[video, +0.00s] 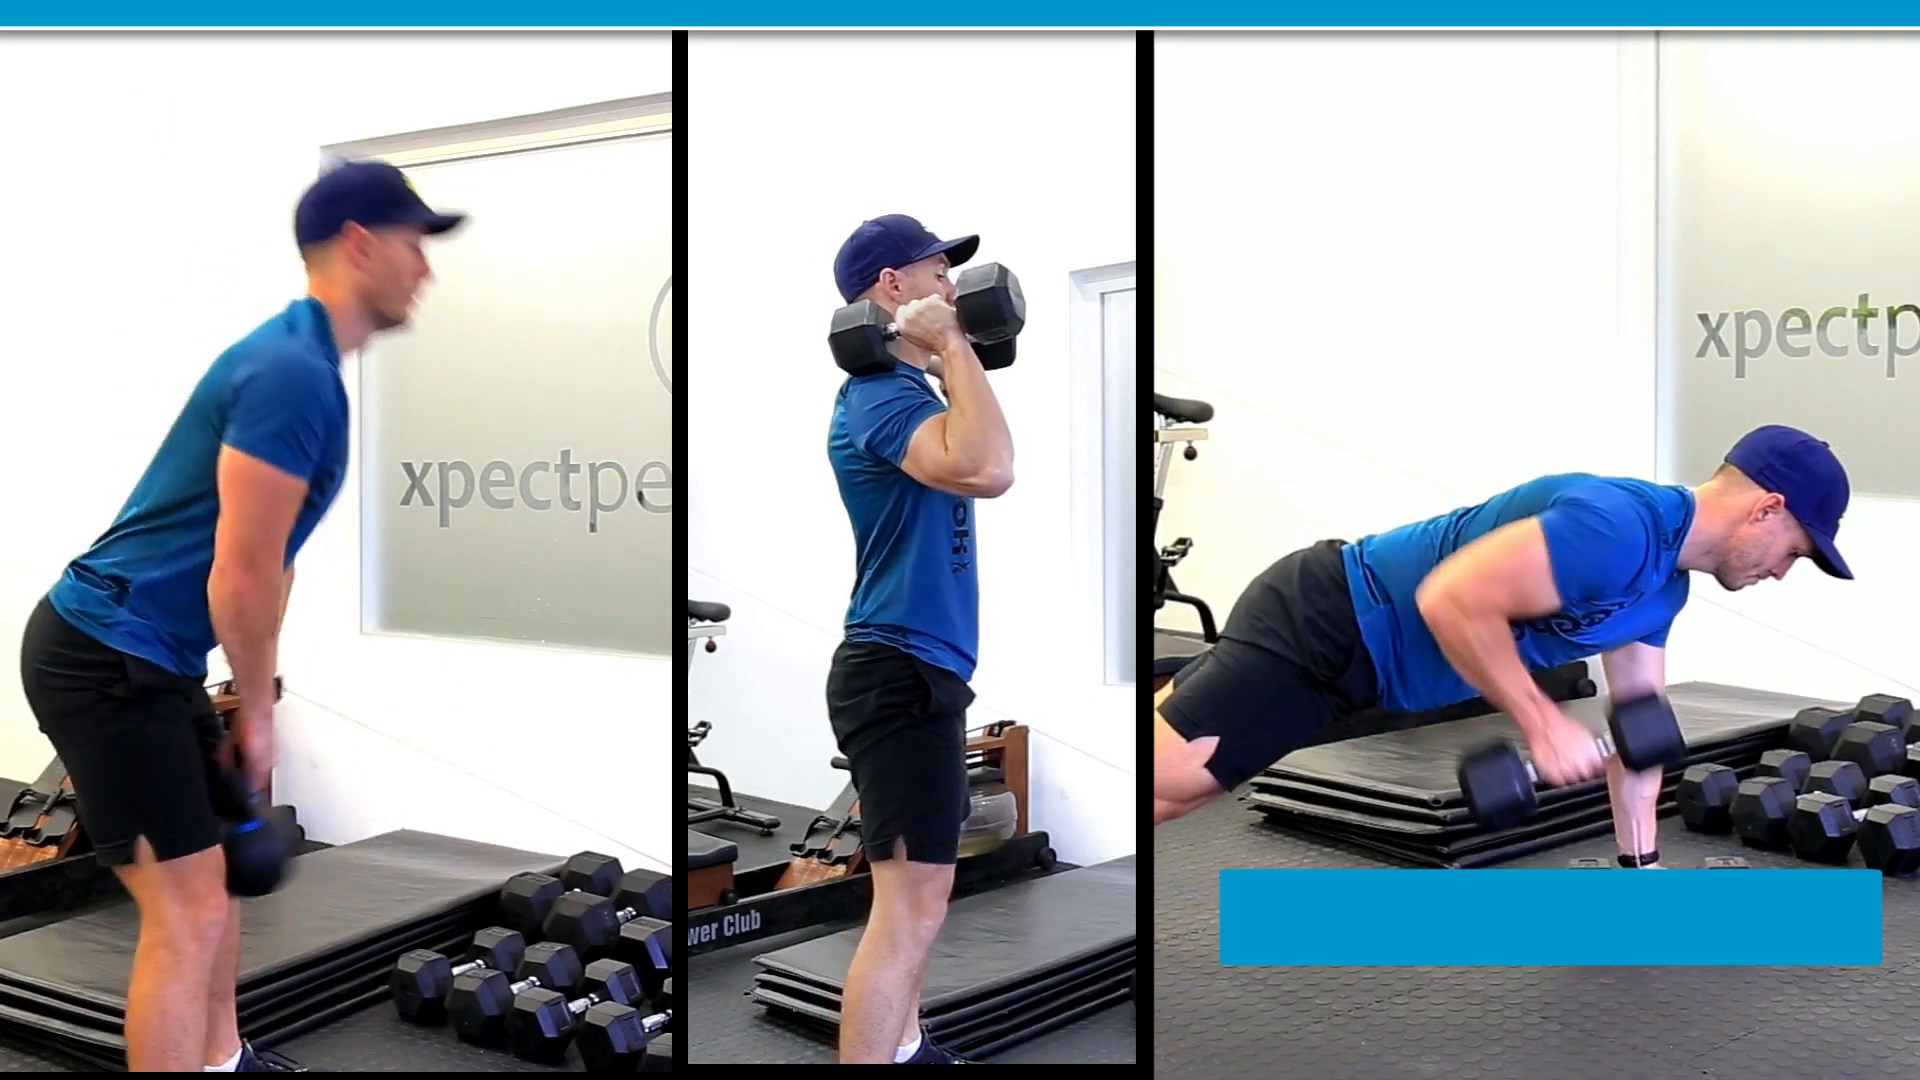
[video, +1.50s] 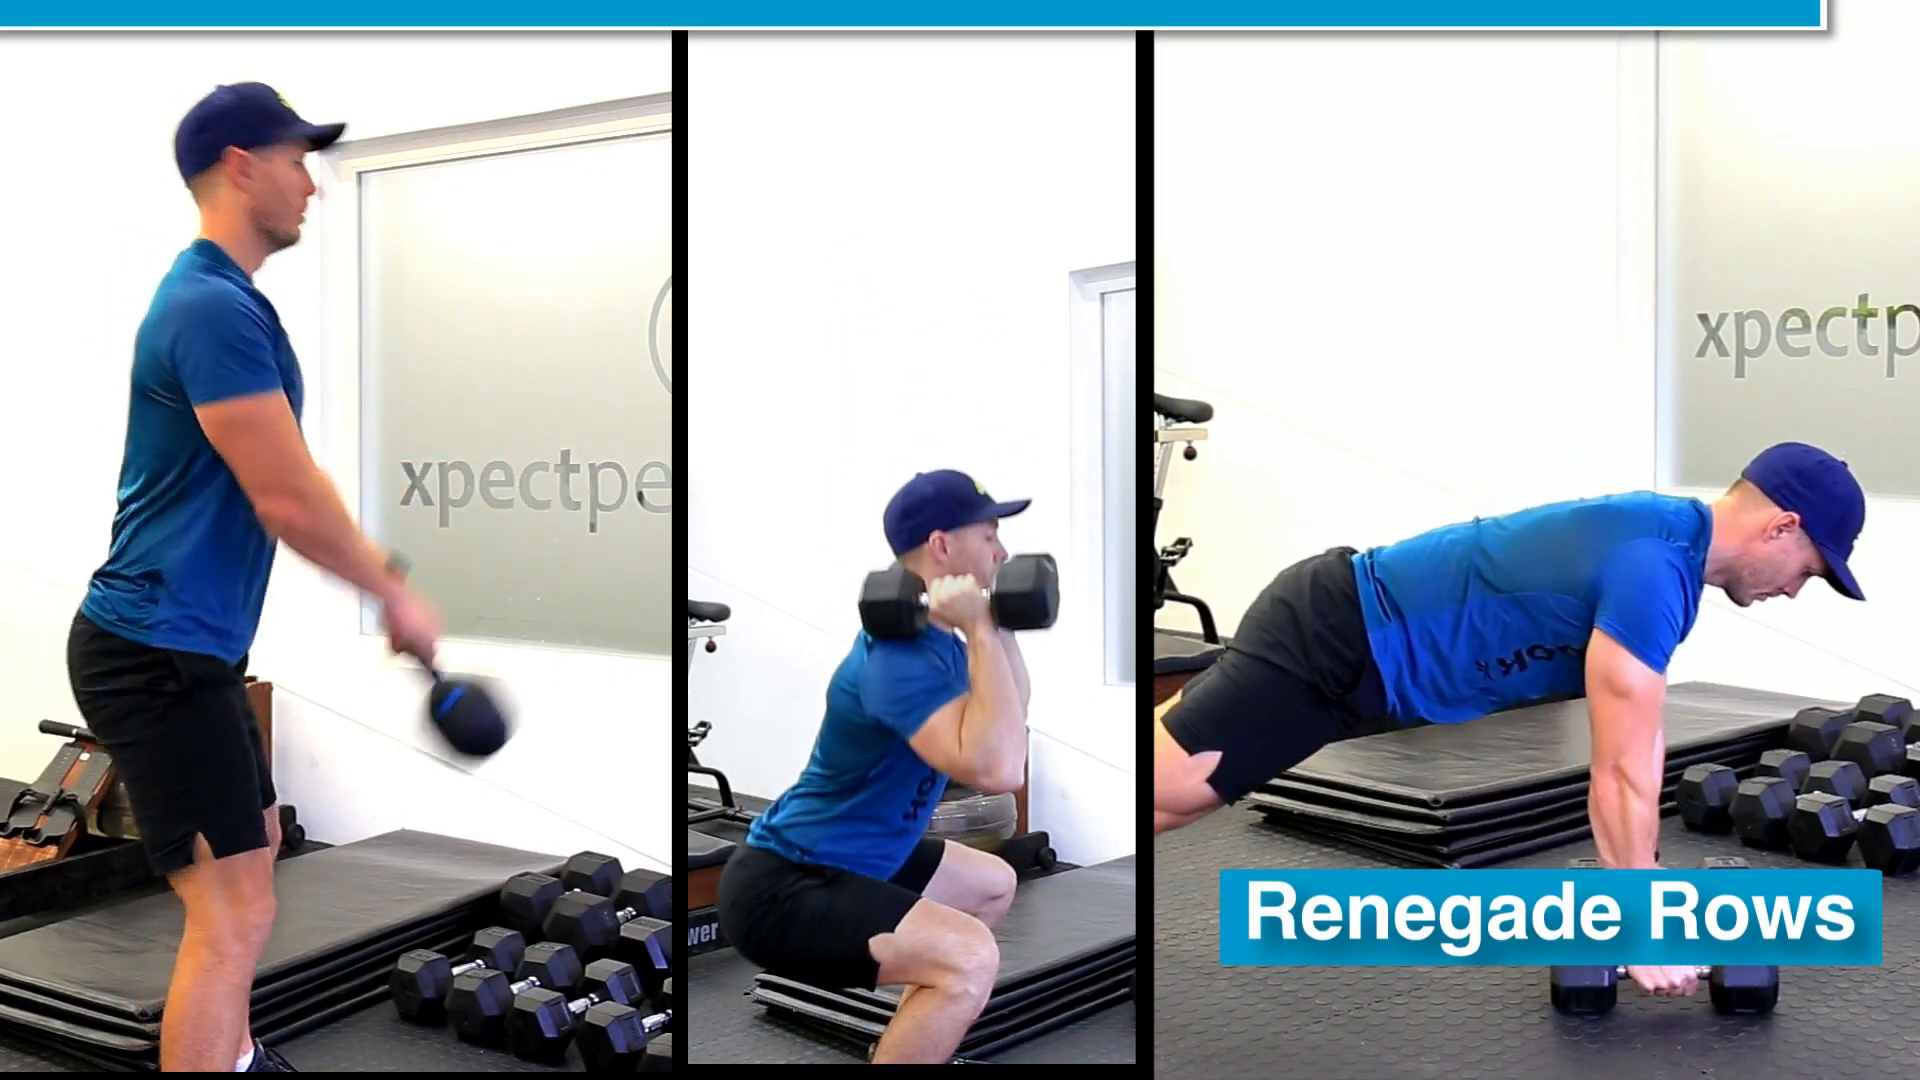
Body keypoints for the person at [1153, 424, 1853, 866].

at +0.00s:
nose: (1786, 574)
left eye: (1800, 561)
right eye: (1798, 552)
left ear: (1755, 508)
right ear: (1762, 507)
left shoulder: (1659, 584)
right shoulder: (1620, 527)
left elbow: (1640, 724)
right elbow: (1453, 600)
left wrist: (1639, 870)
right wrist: (1542, 723)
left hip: (1362, 667)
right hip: (1329, 618)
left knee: (1158, 758)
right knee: (1153, 780)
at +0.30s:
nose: (1786, 577)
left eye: (1800, 565)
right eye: (1798, 555)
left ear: (1756, 510)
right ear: (1763, 509)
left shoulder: (1660, 589)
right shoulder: (1621, 526)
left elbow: (1638, 724)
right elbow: (1442, 559)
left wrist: (1643, 870)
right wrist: (1528, 677)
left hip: (1359, 676)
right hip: (1329, 621)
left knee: (1157, 769)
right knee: (1157, 780)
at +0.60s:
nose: (1780, 577)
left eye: (1795, 565)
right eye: (1793, 556)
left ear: (1751, 508)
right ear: (1759, 510)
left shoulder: (1653, 578)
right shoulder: (1619, 527)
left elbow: (1637, 728)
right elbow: (1463, 633)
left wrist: (1639, 836)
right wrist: (1566, 760)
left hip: (1352, 659)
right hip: (1322, 614)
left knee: (1160, 773)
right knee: (1154, 767)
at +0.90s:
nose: (1779, 578)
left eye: (1793, 567)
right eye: (1792, 557)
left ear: (1750, 507)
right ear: (1758, 510)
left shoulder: (1654, 579)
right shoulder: (1616, 529)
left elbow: (1636, 730)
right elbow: (1526, 709)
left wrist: (1644, 868)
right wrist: (1611, 860)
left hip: (1348, 659)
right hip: (1320, 611)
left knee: (1161, 780)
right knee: (1153, 760)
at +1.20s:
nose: (1783, 585)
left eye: (1797, 573)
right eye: (1795, 564)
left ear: (1756, 518)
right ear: (1763, 520)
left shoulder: (1654, 568)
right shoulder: (1628, 555)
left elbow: (1638, 755)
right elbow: (1604, 771)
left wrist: (1644, 915)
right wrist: (1635, 935)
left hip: (1348, 644)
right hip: (1324, 616)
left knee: (1159, 766)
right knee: (1147, 774)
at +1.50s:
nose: (1797, 591)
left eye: (1811, 580)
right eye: (1810, 571)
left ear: (1770, 523)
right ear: (1779, 527)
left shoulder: (1668, 566)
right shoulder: (1652, 562)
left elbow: (1634, 764)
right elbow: (1620, 775)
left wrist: (1647, 924)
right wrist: (1640, 937)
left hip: (1355, 648)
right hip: (1339, 627)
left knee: (1167, 784)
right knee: (1155, 788)